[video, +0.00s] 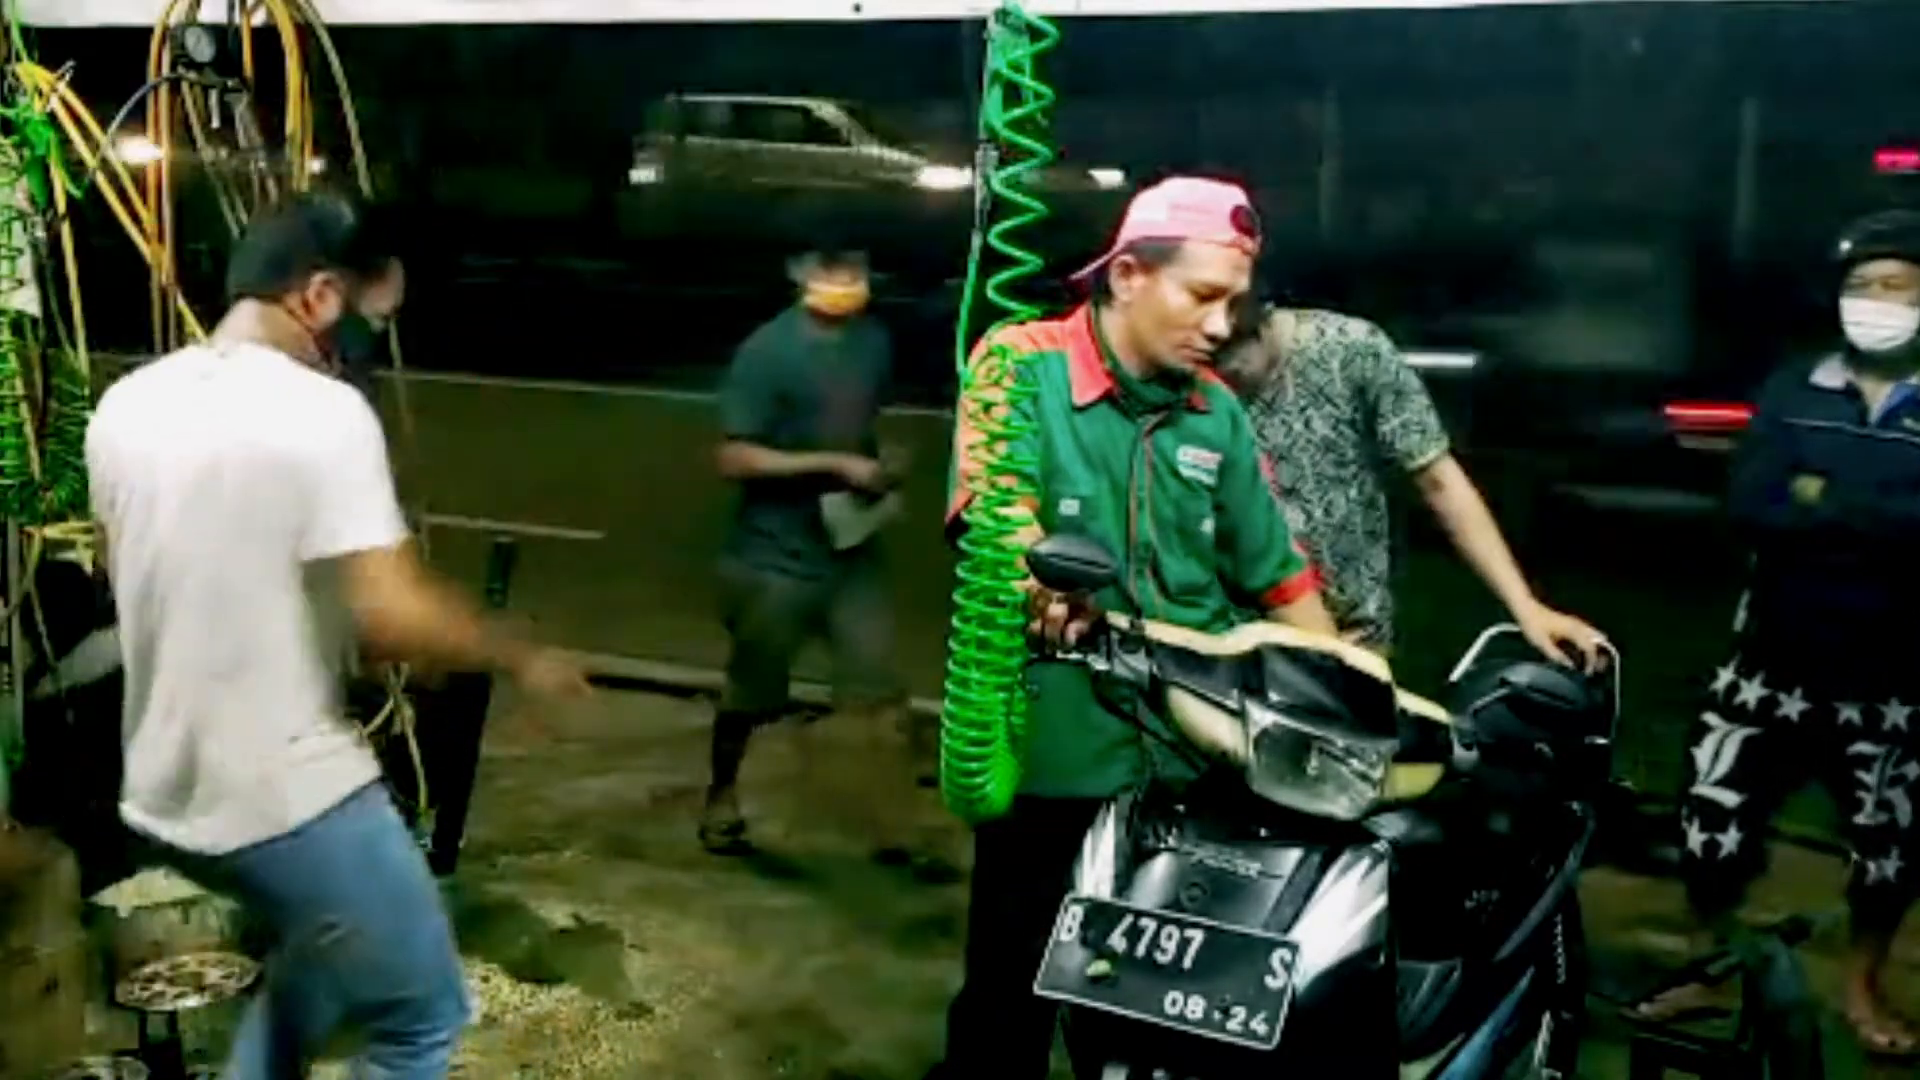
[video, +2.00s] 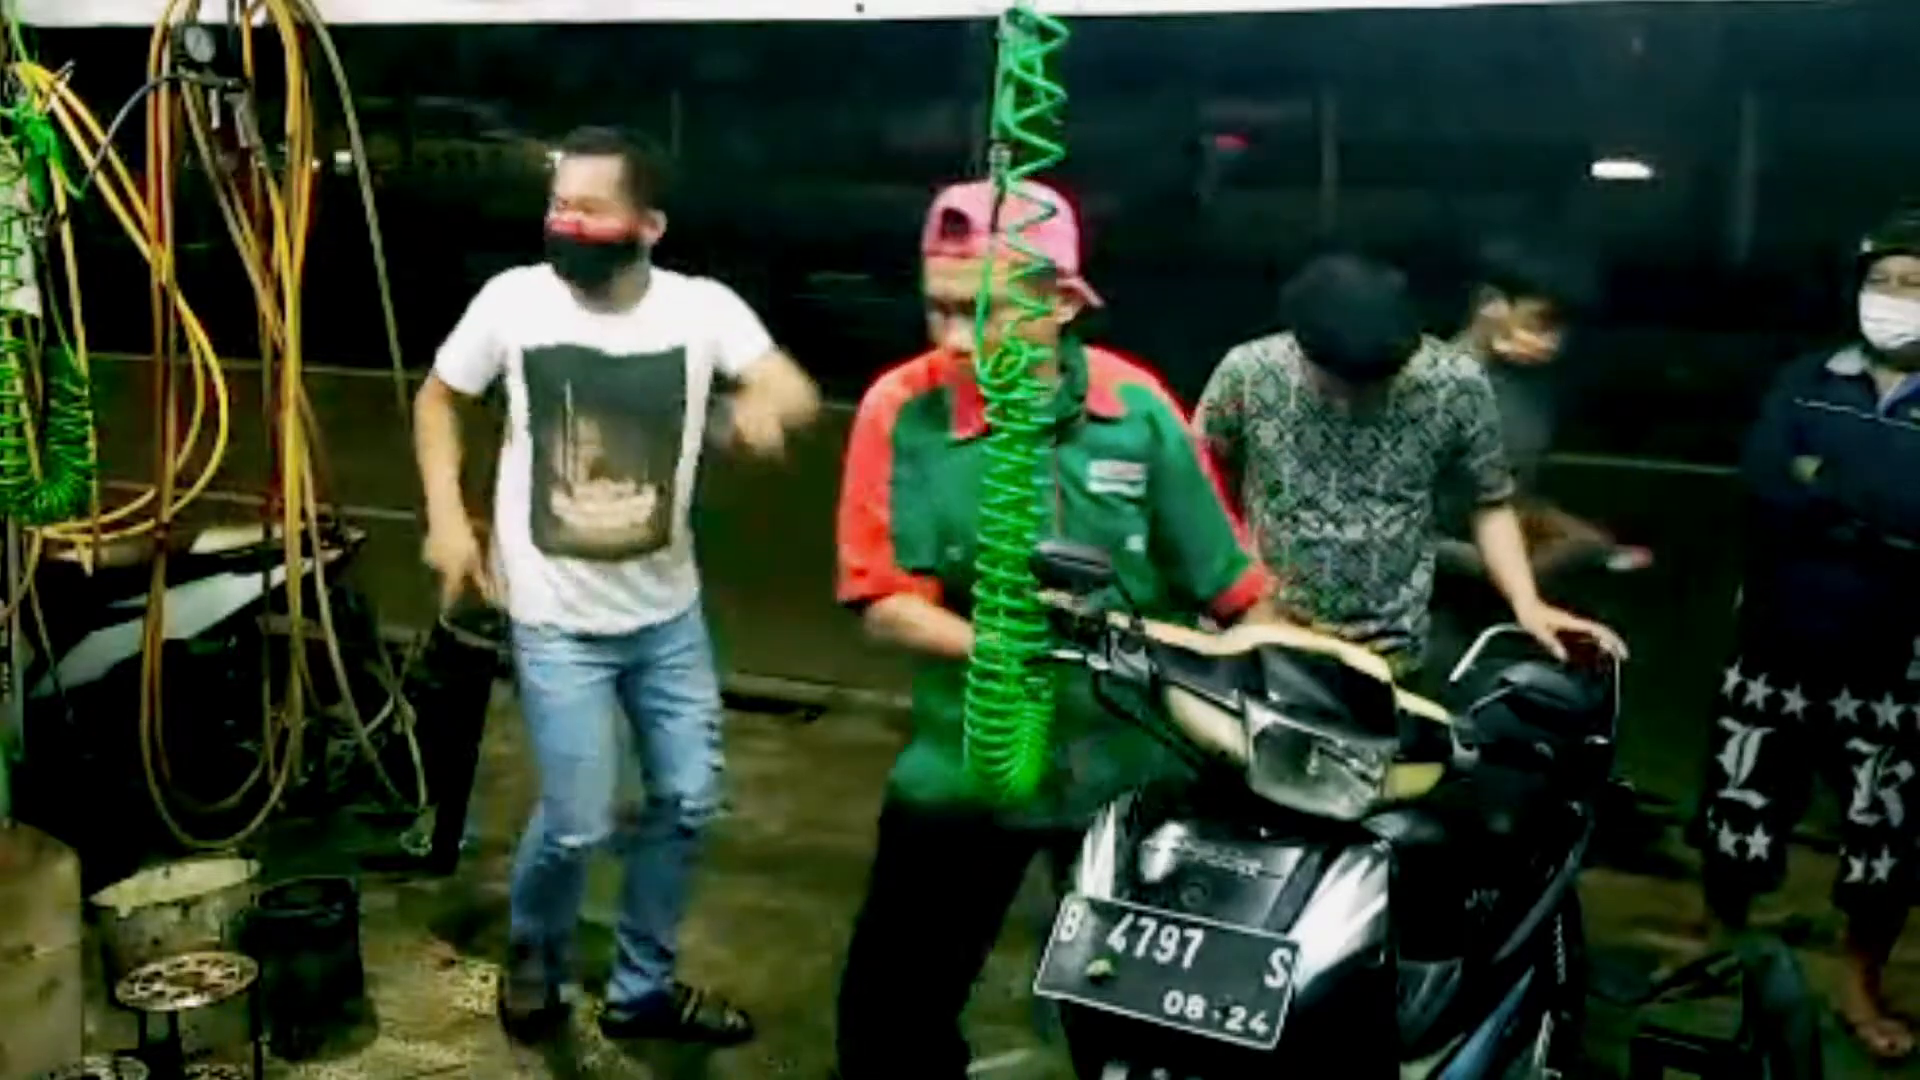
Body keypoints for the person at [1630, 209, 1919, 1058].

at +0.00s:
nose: (1874, 306)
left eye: (1895, 291)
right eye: (1862, 289)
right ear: (1838, 299)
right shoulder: (1796, 392)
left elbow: (1911, 517)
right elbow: (1748, 497)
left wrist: (1810, 488)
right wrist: (1869, 508)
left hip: (1889, 664)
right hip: (1777, 655)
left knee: (1890, 852)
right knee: (1709, 824)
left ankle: (1861, 983)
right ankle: (1708, 965)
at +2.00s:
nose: (1897, 301)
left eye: (1913, 288)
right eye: (1885, 284)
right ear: (1858, 293)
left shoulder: (1918, 412)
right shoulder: (1807, 385)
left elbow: (1910, 517)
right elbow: (1761, 484)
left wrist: (1820, 475)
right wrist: (1871, 520)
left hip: (1889, 660)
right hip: (1782, 644)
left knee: (1884, 841)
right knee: (1737, 813)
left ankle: (1862, 981)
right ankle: (1716, 944)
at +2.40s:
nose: (1879, 304)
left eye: (1899, 291)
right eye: (1868, 286)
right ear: (1845, 293)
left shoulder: (1917, 411)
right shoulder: (1799, 384)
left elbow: (1909, 512)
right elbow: (1748, 483)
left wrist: (1814, 476)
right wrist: (1860, 507)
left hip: (1890, 649)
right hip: (1782, 632)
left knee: (1883, 832)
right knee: (1737, 799)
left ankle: (1863, 980)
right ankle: (1719, 932)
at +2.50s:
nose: (1876, 306)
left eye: (1896, 292)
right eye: (1864, 288)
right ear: (1838, 296)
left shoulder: (1918, 406)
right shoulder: (1787, 388)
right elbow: (1725, 496)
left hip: (1892, 656)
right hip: (1784, 643)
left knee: (1886, 837)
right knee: (1757, 808)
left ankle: (1862, 984)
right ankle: (1724, 942)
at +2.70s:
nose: (1868, 305)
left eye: (1888, 291)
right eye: (1856, 287)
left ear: (1918, 304)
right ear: (1835, 294)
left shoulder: (1908, 410)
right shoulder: (1805, 398)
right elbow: (1794, 524)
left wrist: (1882, 649)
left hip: (1901, 652)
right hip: (1815, 645)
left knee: (1885, 843)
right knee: (1820, 831)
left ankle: (1860, 995)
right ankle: (1823, 994)